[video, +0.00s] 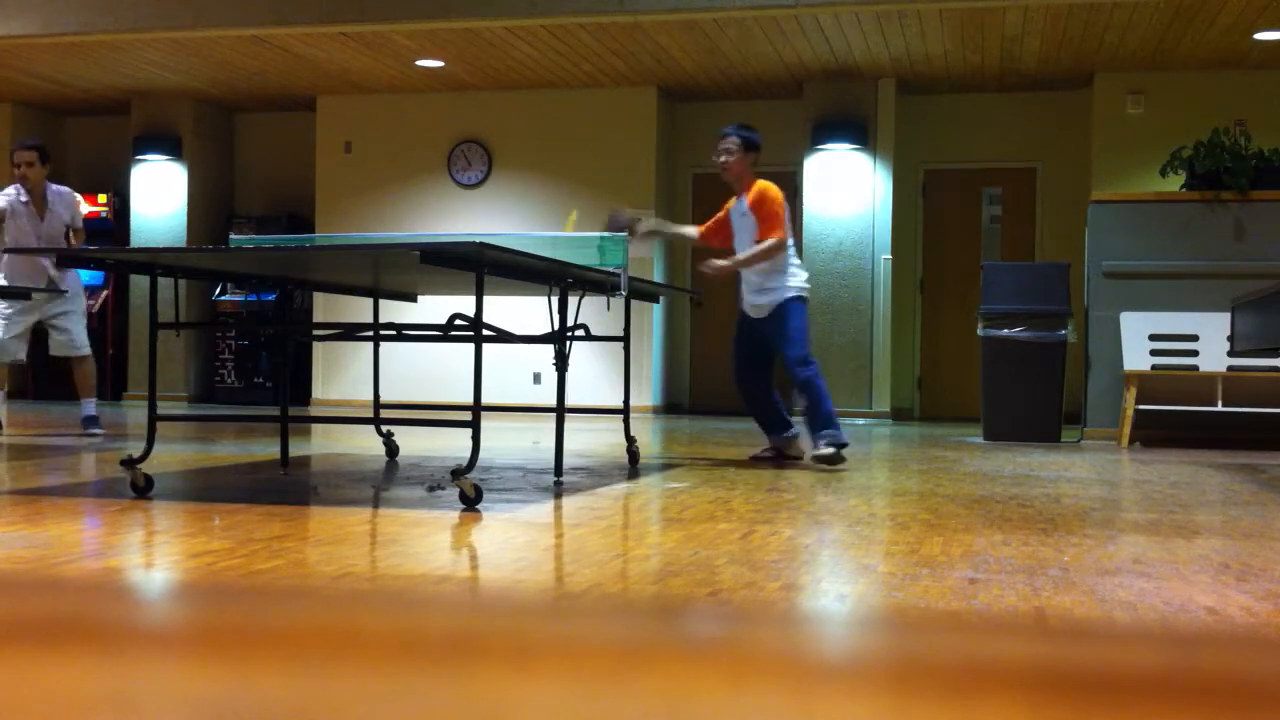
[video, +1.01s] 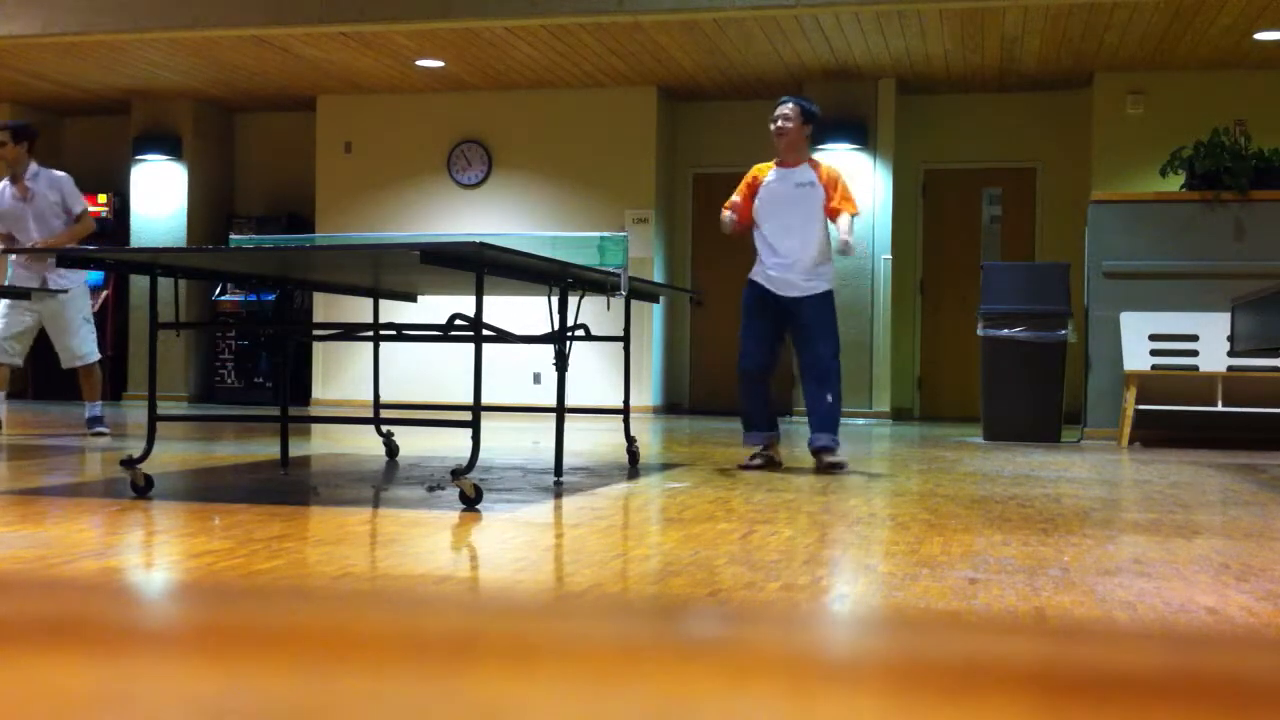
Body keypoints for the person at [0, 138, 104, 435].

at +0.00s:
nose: (22, 171)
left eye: (28, 165)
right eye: (17, 166)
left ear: (45, 167)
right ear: (13, 169)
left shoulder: (66, 198)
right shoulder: (7, 201)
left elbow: (78, 232)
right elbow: (0, 230)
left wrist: (73, 250)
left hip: (63, 287)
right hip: (15, 289)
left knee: (80, 349)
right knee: (2, 350)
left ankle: (89, 414)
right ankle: (0, 413)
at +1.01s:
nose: (1, 151)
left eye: (4, 145)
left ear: (23, 146)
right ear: (6, 149)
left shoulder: (58, 181)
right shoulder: (3, 191)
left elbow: (88, 224)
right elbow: (6, 240)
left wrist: (53, 243)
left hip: (65, 284)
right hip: (20, 284)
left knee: (85, 353)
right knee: (2, 352)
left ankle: (94, 416)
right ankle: (0, 416)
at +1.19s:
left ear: (5, 142)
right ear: (4, 142)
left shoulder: (38, 177)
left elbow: (68, 218)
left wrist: (29, 243)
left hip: (49, 283)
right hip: (7, 283)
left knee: (75, 351)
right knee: (2, 358)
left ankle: (90, 413)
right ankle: (3, 423)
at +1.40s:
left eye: (0, 132)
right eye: (0, 133)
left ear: (5, 135)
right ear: (5, 136)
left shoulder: (29, 171)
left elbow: (58, 213)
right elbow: (54, 213)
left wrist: (19, 234)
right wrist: (20, 236)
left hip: (37, 274)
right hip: (4, 276)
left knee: (59, 346)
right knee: (1, 356)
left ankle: (76, 408)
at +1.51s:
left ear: (5, 134)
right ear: (3, 135)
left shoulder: (31, 171)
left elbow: (55, 216)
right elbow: (50, 216)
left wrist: (14, 232)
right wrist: (14, 234)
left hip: (30, 273)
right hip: (2, 273)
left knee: (47, 344)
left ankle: (66, 406)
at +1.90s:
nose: (6, 131)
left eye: (15, 125)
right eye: (5, 125)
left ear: (34, 132)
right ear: (2, 133)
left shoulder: (56, 176)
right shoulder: (1, 175)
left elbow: (69, 224)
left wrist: (28, 216)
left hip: (39, 274)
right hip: (2, 271)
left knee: (52, 350)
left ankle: (60, 414)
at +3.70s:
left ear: (6, 132)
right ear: (4, 132)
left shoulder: (28, 172)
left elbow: (44, 222)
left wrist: (10, 194)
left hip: (21, 271)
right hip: (3, 270)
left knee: (37, 347)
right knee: (1, 354)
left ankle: (48, 412)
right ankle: (1, 415)